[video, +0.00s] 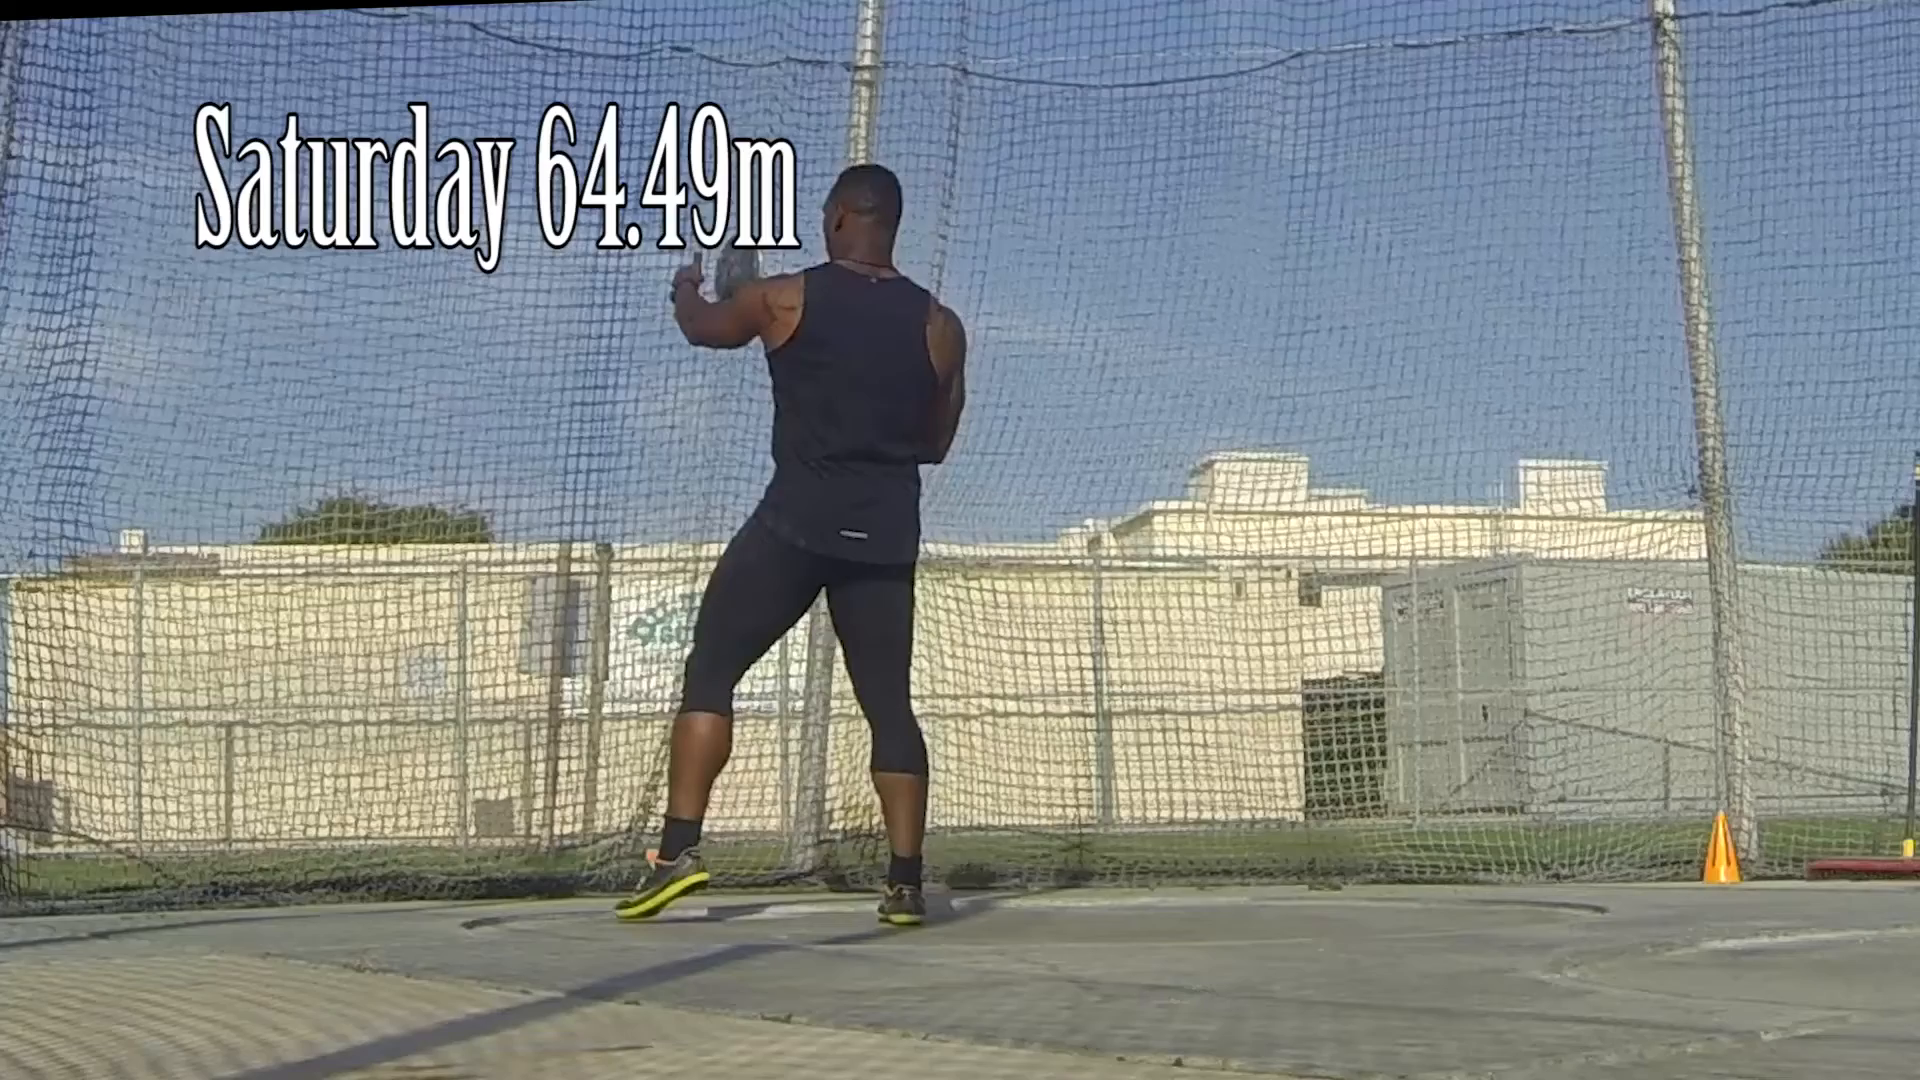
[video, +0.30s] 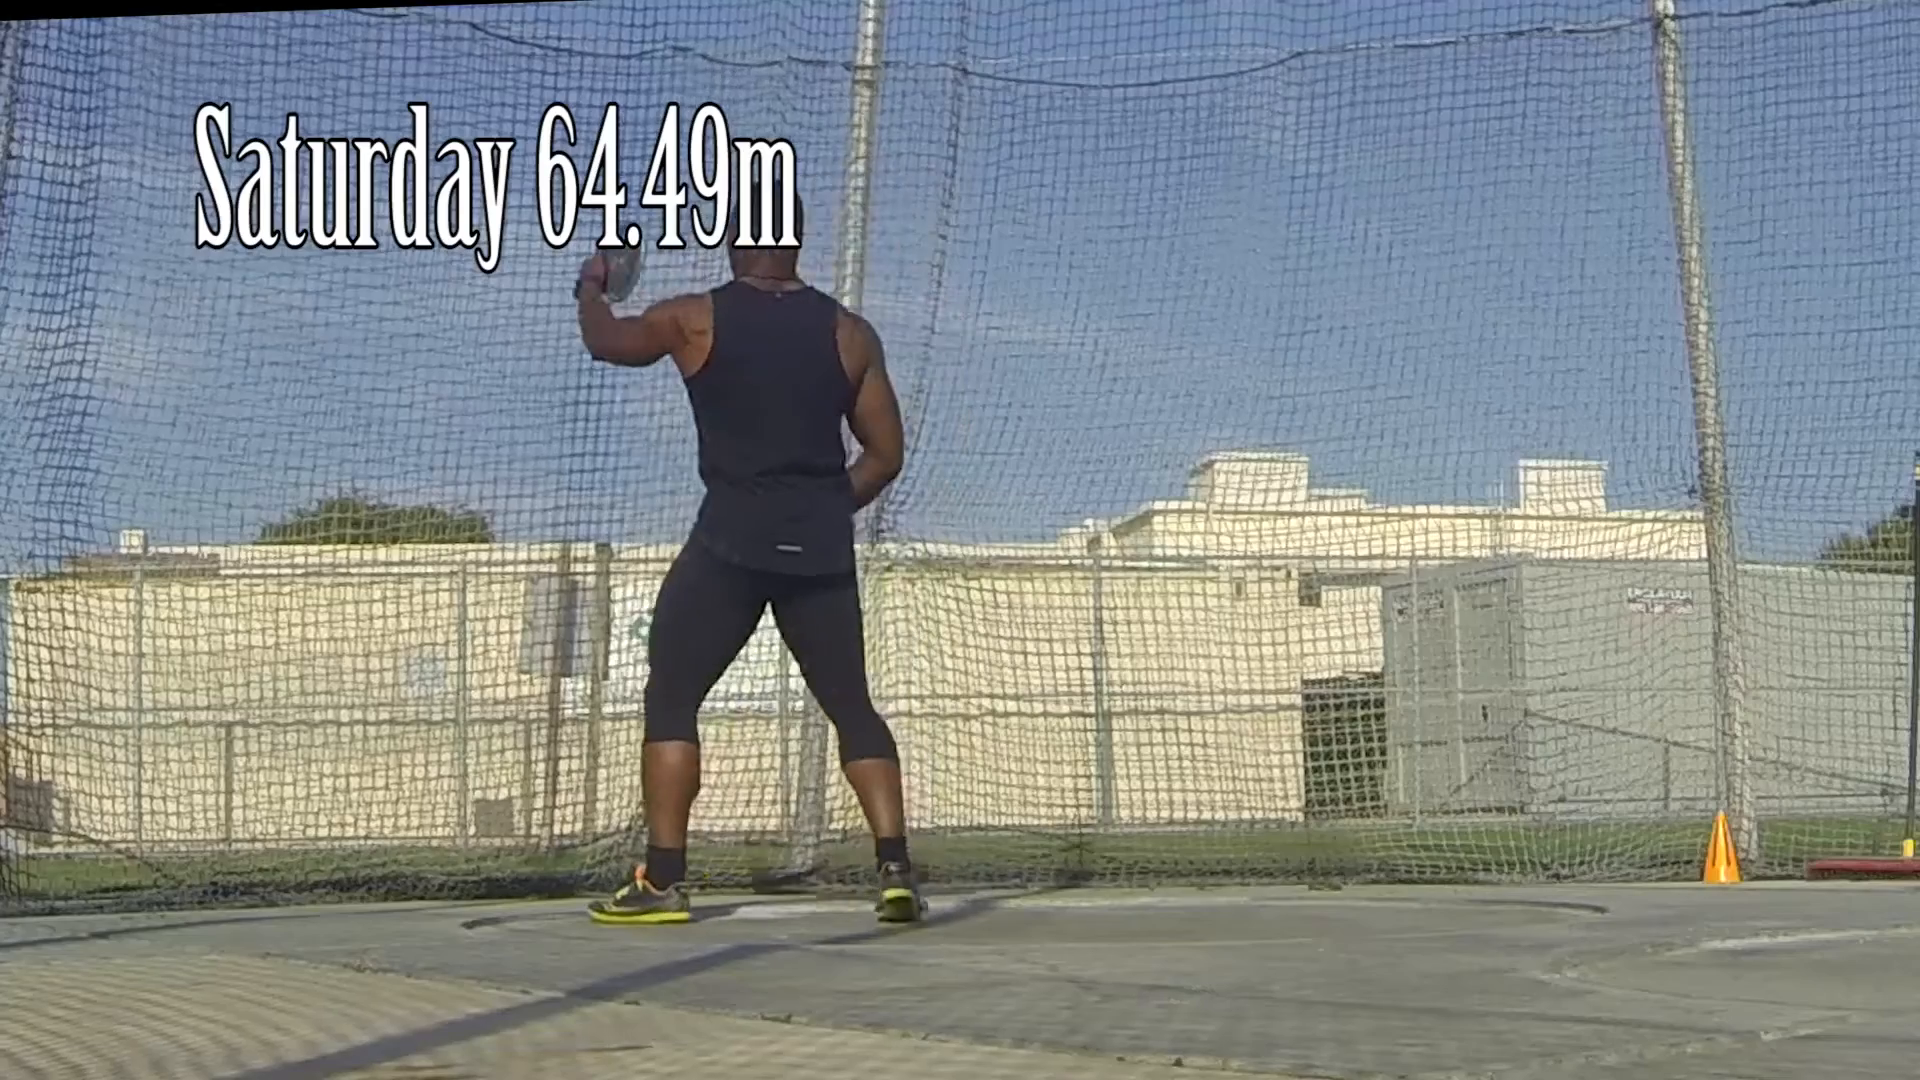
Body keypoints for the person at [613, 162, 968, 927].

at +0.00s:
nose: (826, 232)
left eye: (828, 221)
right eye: (835, 222)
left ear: (835, 221)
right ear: (898, 228)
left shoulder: (785, 297)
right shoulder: (940, 325)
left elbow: (703, 326)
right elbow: (935, 444)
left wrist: (688, 294)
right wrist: (860, 414)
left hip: (795, 523)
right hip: (886, 537)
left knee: (711, 671)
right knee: (890, 702)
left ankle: (677, 851)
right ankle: (907, 883)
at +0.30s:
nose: (743, 253)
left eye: (736, 243)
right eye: (772, 238)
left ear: (731, 246)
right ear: (800, 248)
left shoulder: (695, 316)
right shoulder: (847, 330)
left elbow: (606, 340)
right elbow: (885, 455)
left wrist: (590, 286)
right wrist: (823, 503)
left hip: (730, 544)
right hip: (824, 547)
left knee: (671, 697)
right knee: (851, 705)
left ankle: (662, 879)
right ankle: (895, 868)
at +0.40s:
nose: (692, 245)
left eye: (694, 233)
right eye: (704, 232)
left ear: (700, 239)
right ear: (764, 243)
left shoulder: (667, 325)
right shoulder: (821, 327)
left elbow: (571, 382)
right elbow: (860, 449)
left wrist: (556, 336)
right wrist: (824, 521)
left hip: (712, 546)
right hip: (805, 547)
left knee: (657, 696)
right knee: (836, 692)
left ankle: (661, 880)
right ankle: (888, 833)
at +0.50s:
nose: (669, 253)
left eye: (672, 242)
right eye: (676, 241)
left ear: (676, 250)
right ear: (736, 248)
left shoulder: (648, 335)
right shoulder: (801, 323)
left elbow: (555, 425)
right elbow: (852, 438)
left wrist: (524, 421)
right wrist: (839, 524)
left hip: (705, 545)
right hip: (794, 544)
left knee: (652, 698)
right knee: (830, 686)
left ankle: (660, 880)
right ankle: (886, 824)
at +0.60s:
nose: (662, 261)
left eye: (660, 251)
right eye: (672, 248)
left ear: (653, 265)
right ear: (717, 258)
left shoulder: (636, 347)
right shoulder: (787, 326)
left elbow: (565, 459)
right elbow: (849, 427)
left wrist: (512, 517)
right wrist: (852, 527)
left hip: (704, 545)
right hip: (793, 544)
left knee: (649, 698)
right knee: (828, 685)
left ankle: (660, 880)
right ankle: (888, 832)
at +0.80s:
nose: (649, 311)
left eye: (646, 302)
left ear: (646, 299)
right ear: (706, 286)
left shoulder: (650, 364)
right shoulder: (782, 340)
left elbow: (627, 483)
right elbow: (855, 428)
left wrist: (582, 582)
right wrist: (875, 531)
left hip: (719, 557)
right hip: (805, 555)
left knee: (646, 702)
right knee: (839, 699)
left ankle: (661, 881)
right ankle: (895, 858)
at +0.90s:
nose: (658, 319)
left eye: (657, 307)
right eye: (655, 308)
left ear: (669, 301)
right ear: (717, 293)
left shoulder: (677, 362)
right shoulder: (796, 351)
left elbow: (677, 460)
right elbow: (869, 438)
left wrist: (648, 567)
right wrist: (875, 539)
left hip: (731, 564)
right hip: (816, 563)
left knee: (653, 705)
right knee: (849, 710)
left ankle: (661, 882)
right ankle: (899, 869)